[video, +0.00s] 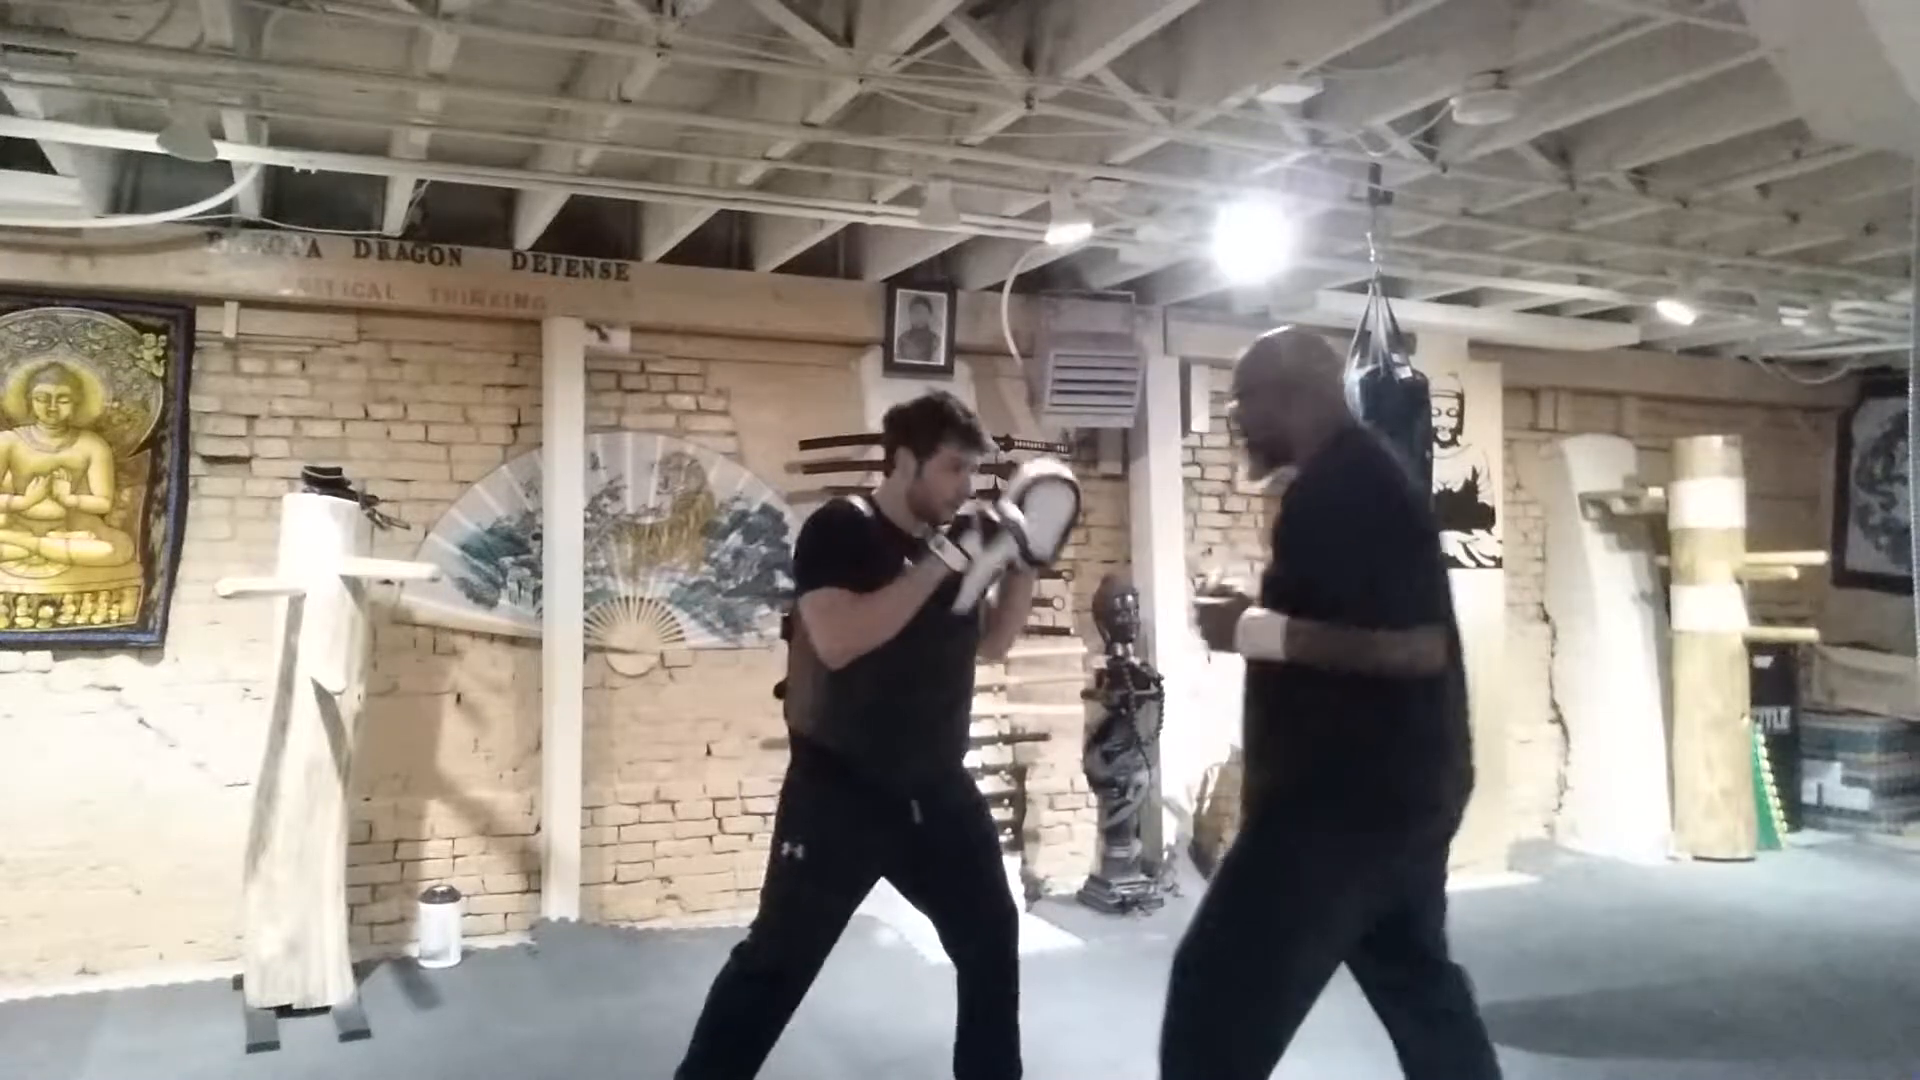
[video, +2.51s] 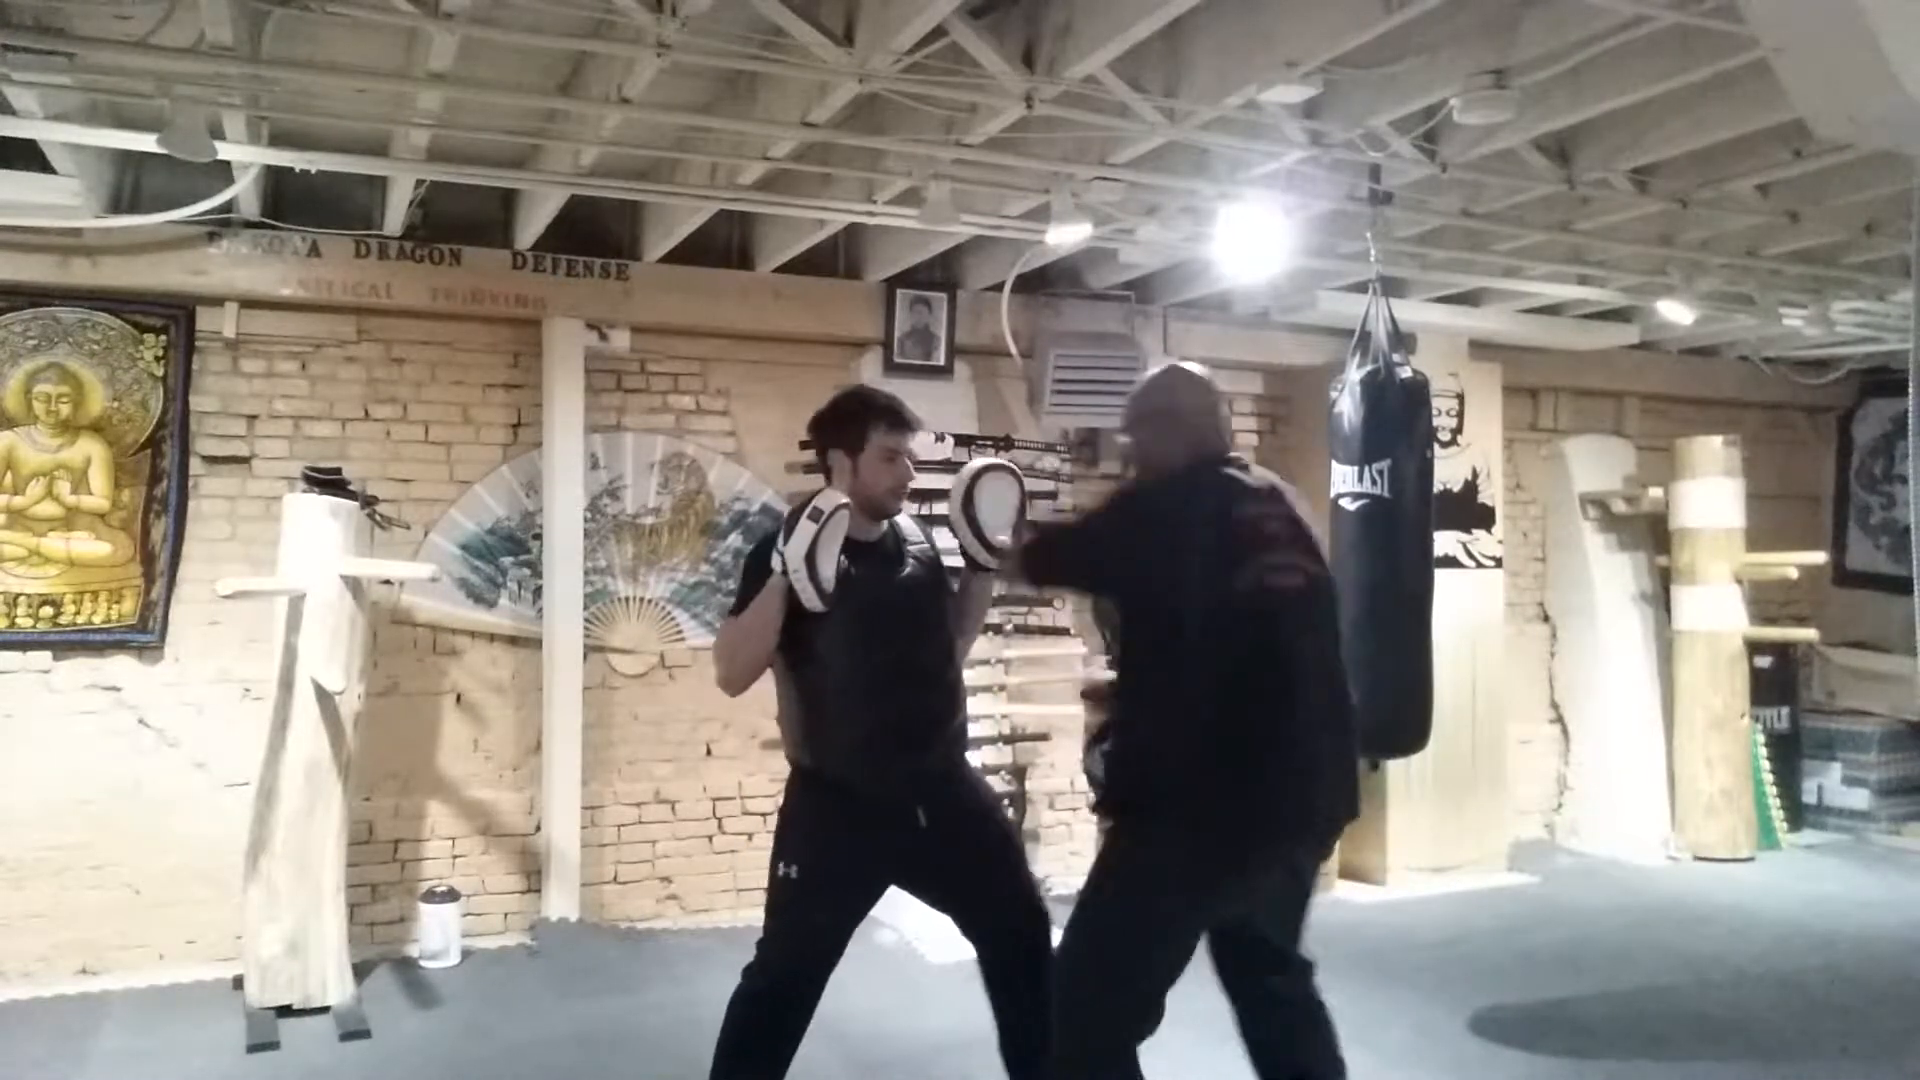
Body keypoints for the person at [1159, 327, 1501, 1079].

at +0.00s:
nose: (1234, 415)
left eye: (1247, 396)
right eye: (1234, 399)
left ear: (1303, 394)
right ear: (1311, 395)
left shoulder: (1351, 481)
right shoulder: (1350, 475)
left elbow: (1419, 645)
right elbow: (1358, 623)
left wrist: (1251, 629)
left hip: (1347, 803)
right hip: (1391, 798)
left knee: (1219, 996)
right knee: (1418, 987)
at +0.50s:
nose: (1268, 428)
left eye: (1275, 404)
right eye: (1267, 407)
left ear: (1326, 396)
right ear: (1359, 394)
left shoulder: (1327, 488)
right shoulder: (1443, 476)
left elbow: (1284, 656)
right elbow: (1397, 624)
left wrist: (1234, 593)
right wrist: (1281, 581)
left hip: (1364, 793)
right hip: (1466, 782)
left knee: (1238, 1017)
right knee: (1441, 1006)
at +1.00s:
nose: (1239, 424)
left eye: (1247, 407)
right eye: (1240, 407)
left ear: (1281, 408)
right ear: (1340, 404)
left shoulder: (1259, 488)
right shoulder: (1429, 491)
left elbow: (1114, 540)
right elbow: (1479, 627)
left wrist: (1051, 467)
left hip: (1306, 803)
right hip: (1428, 798)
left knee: (1189, 1018)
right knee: (1409, 1007)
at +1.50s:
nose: (1142, 446)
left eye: (1149, 426)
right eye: (1141, 429)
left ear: (1200, 418)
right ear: (1209, 419)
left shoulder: (1266, 506)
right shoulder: (1252, 501)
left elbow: (1238, 676)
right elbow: (1221, 653)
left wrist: (1149, 616)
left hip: (1263, 812)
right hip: (1317, 801)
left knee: (1134, 981)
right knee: (1297, 971)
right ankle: (1372, 1075)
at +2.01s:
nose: (1115, 478)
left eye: (1119, 459)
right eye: (1112, 462)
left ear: (1150, 453)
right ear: (1195, 444)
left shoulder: (1156, 530)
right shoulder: (1286, 506)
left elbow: (1094, 667)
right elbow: (1372, 599)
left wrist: (1050, 630)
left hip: (1234, 809)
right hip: (1344, 796)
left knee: (1114, 987)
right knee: (1308, 988)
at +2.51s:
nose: (1129, 445)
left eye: (1138, 428)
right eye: (1129, 428)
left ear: (1167, 432)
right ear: (1216, 432)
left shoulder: (1155, 512)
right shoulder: (1274, 508)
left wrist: (1021, 551)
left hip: (1188, 810)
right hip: (1298, 799)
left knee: (1090, 1011)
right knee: (1267, 968)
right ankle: (1315, 1075)